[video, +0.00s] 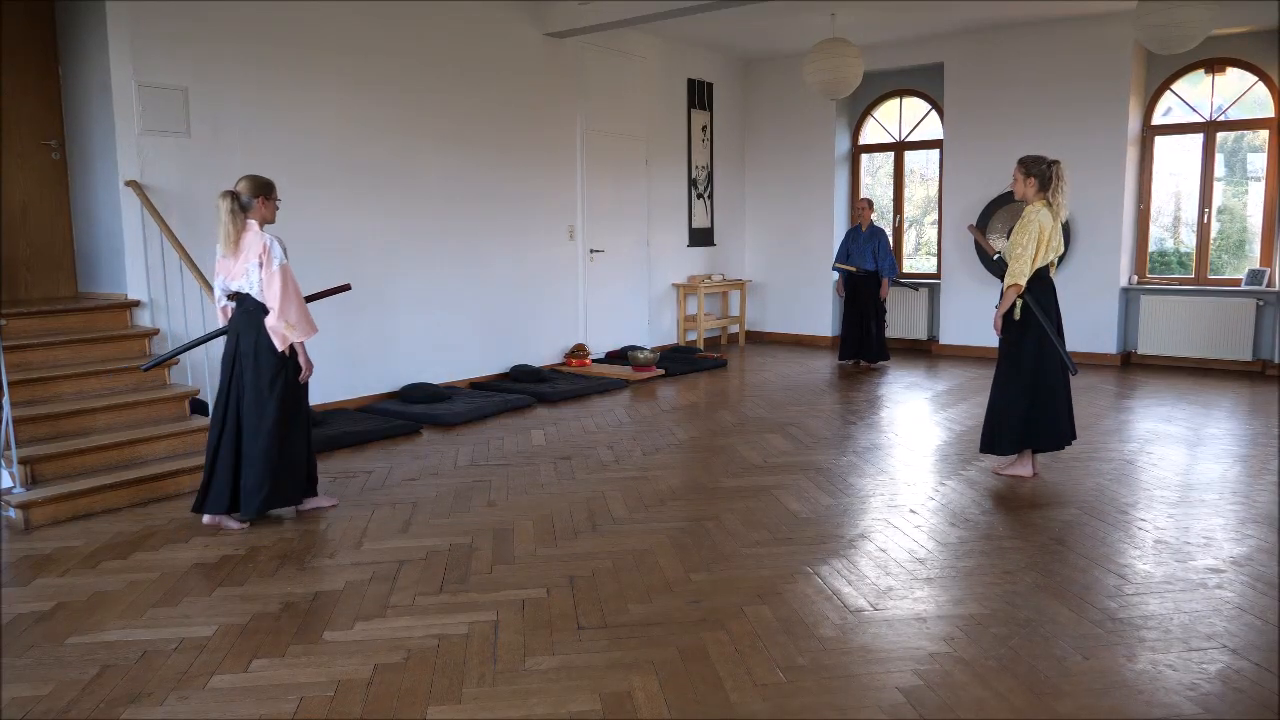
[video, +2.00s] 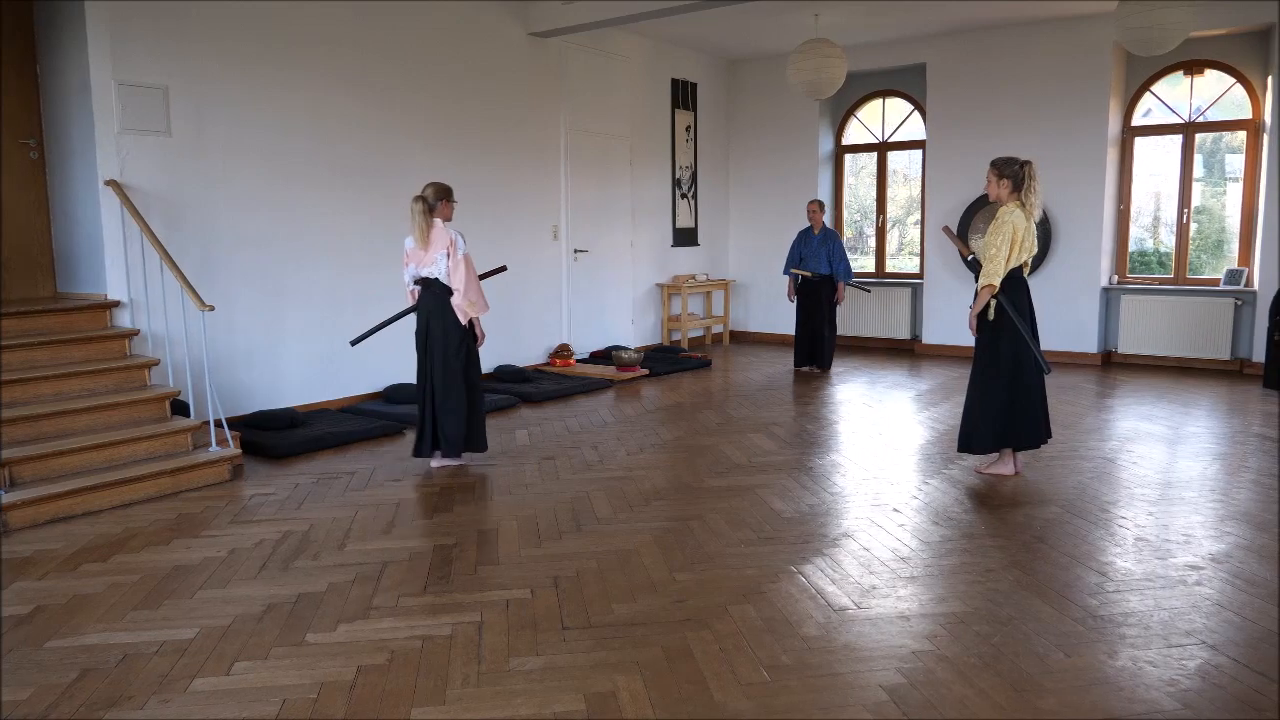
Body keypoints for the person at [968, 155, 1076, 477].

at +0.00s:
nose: (1012, 185)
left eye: (1016, 179)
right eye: (1013, 179)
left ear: (1031, 182)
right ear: (1035, 182)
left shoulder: (1032, 217)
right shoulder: (1048, 214)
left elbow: (1021, 268)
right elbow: (1016, 254)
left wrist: (1001, 308)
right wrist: (987, 243)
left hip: (1028, 301)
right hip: (1041, 298)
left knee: (1025, 376)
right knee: (1033, 376)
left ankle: (1025, 459)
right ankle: (1025, 455)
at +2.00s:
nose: (986, 186)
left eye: (990, 181)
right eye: (987, 181)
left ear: (1005, 184)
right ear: (1010, 184)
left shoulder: (1006, 217)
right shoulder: (1023, 216)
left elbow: (994, 269)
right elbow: (988, 266)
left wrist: (975, 307)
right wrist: (962, 246)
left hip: (1002, 301)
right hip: (1016, 298)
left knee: (1003, 375)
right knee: (1011, 374)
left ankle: (1007, 457)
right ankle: (1008, 454)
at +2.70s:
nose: (956, 192)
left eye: (959, 187)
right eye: (957, 186)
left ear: (975, 188)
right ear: (980, 189)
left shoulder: (976, 218)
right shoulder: (995, 215)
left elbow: (983, 265)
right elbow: (996, 257)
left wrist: (950, 277)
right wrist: (956, 250)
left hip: (978, 304)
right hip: (991, 301)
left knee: (988, 376)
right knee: (984, 375)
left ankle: (999, 458)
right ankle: (984, 449)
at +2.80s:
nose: (945, 195)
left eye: (948, 190)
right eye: (945, 189)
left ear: (963, 191)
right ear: (969, 191)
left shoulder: (965, 220)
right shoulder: (984, 217)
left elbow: (971, 265)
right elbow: (981, 258)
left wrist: (942, 266)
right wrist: (940, 252)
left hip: (966, 303)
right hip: (981, 300)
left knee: (950, 373)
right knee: (985, 375)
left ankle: (997, 459)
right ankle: (949, 443)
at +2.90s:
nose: (930, 200)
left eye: (933, 194)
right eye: (931, 194)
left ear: (949, 196)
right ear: (954, 196)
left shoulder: (951, 226)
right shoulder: (970, 222)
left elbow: (951, 272)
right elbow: (974, 263)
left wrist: (926, 270)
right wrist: (934, 261)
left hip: (955, 306)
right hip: (969, 302)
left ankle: (996, 459)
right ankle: (930, 445)